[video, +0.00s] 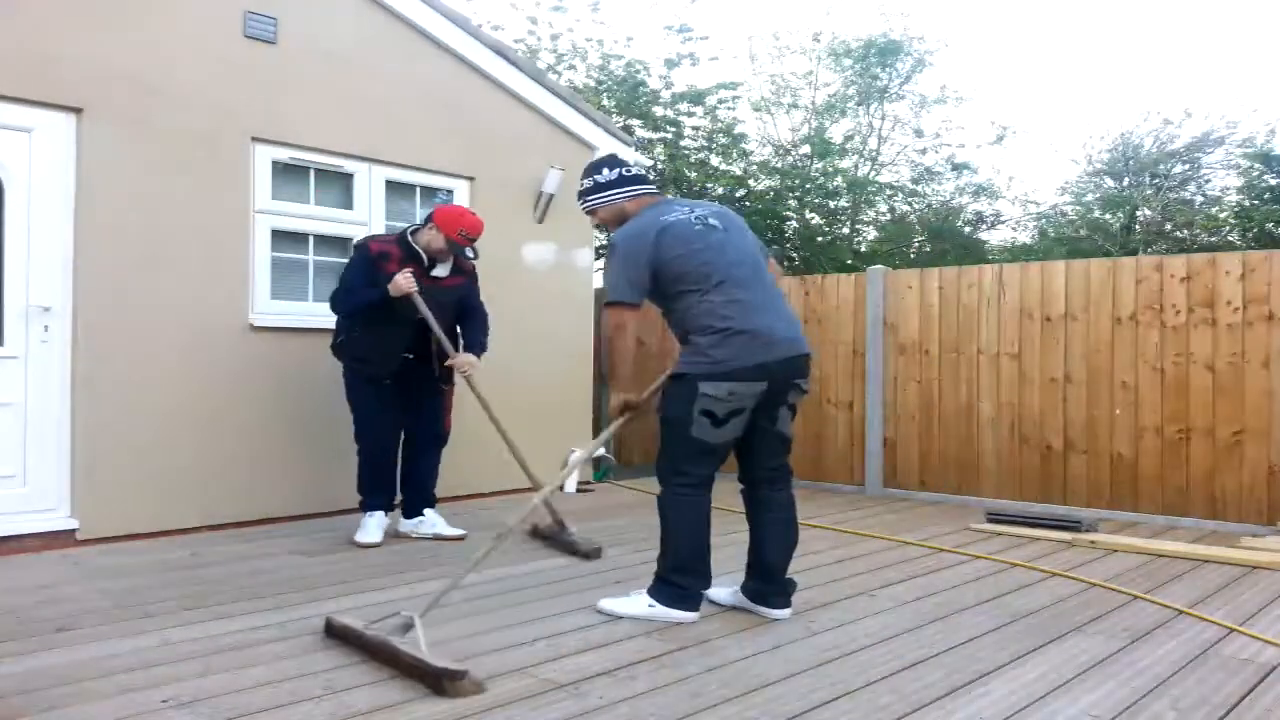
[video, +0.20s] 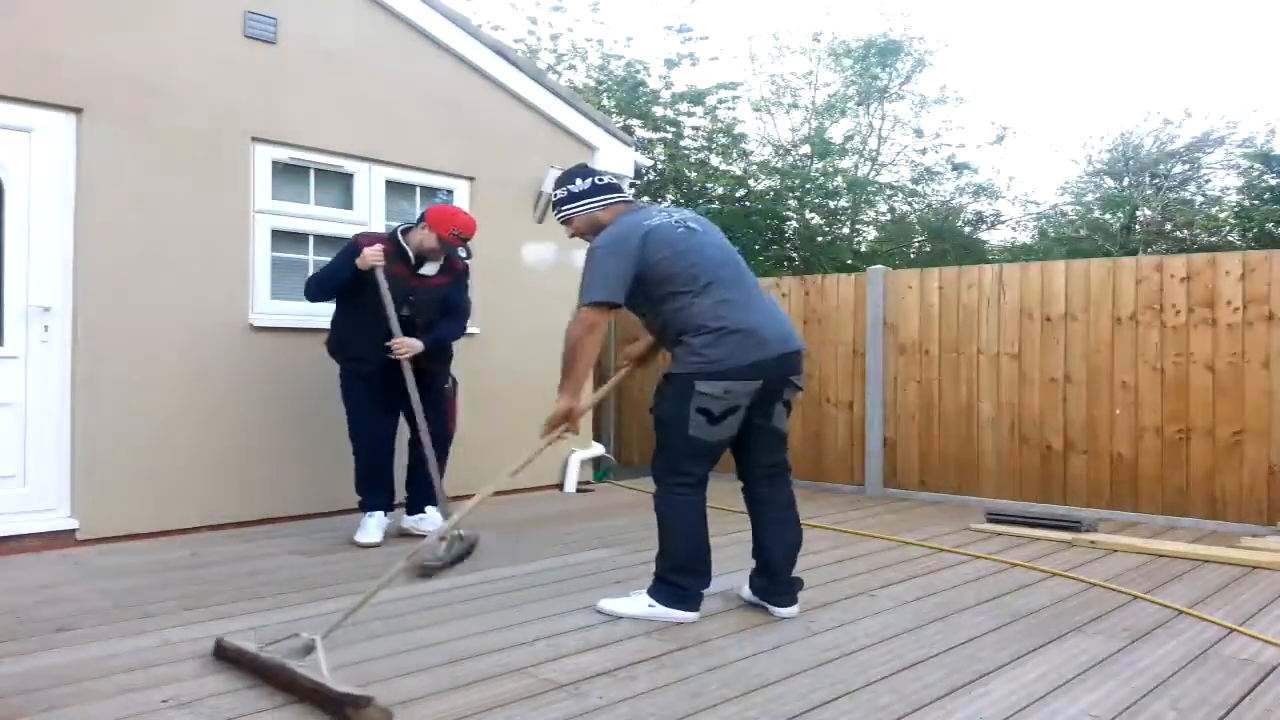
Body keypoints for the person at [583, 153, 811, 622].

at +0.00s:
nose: (595, 222)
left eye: (595, 209)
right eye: (591, 213)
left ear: (621, 196)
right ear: (642, 193)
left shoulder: (634, 235)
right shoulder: (717, 214)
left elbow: (619, 323)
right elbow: (765, 276)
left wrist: (620, 390)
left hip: (721, 360)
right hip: (787, 355)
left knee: (683, 477)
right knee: (767, 474)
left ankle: (676, 594)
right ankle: (768, 590)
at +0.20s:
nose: (571, 232)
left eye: (569, 219)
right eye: (565, 223)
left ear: (591, 205)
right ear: (612, 199)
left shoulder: (615, 237)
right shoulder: (678, 217)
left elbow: (590, 319)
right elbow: (705, 288)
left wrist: (570, 393)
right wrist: (653, 341)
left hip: (716, 359)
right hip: (779, 350)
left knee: (679, 476)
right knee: (766, 472)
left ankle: (676, 594)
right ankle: (778, 588)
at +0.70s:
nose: (624, 215)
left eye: (625, 204)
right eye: (621, 206)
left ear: (651, 196)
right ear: (670, 193)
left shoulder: (667, 234)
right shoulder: (739, 221)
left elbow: (639, 309)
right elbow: (761, 288)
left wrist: (627, 368)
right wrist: (697, 320)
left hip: (728, 366)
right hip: (785, 360)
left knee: (683, 474)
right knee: (785, 464)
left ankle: (677, 593)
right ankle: (828, 568)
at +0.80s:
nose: (657, 215)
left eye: (659, 204)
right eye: (654, 206)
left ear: (684, 198)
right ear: (704, 195)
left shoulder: (695, 236)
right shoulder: (767, 224)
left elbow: (675, 313)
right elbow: (810, 288)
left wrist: (665, 366)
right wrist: (748, 318)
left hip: (740, 368)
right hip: (797, 364)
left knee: (691, 474)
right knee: (786, 466)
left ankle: (678, 591)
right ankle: (830, 571)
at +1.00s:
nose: (703, 215)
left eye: (706, 205)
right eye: (700, 206)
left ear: (730, 196)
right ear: (749, 195)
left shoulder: (741, 234)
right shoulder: (810, 222)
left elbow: (725, 311)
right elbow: (861, 269)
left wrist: (732, 363)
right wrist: (814, 302)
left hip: (782, 363)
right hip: (836, 360)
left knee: (737, 469)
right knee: (808, 463)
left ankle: (728, 582)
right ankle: (832, 571)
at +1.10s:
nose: (715, 219)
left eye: (717, 208)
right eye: (712, 210)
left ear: (741, 198)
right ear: (760, 195)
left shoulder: (753, 234)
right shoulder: (824, 220)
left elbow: (745, 316)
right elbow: (876, 259)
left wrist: (761, 358)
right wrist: (832, 294)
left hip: (805, 358)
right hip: (855, 355)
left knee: (767, 463)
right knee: (822, 459)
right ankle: (837, 570)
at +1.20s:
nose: (726, 222)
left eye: (727, 212)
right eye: (723, 214)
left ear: (748, 202)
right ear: (764, 197)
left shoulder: (764, 241)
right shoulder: (828, 219)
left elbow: (762, 321)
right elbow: (889, 250)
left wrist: (785, 354)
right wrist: (845, 288)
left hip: (820, 363)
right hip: (873, 357)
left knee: (799, 464)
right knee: (838, 463)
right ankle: (829, 568)